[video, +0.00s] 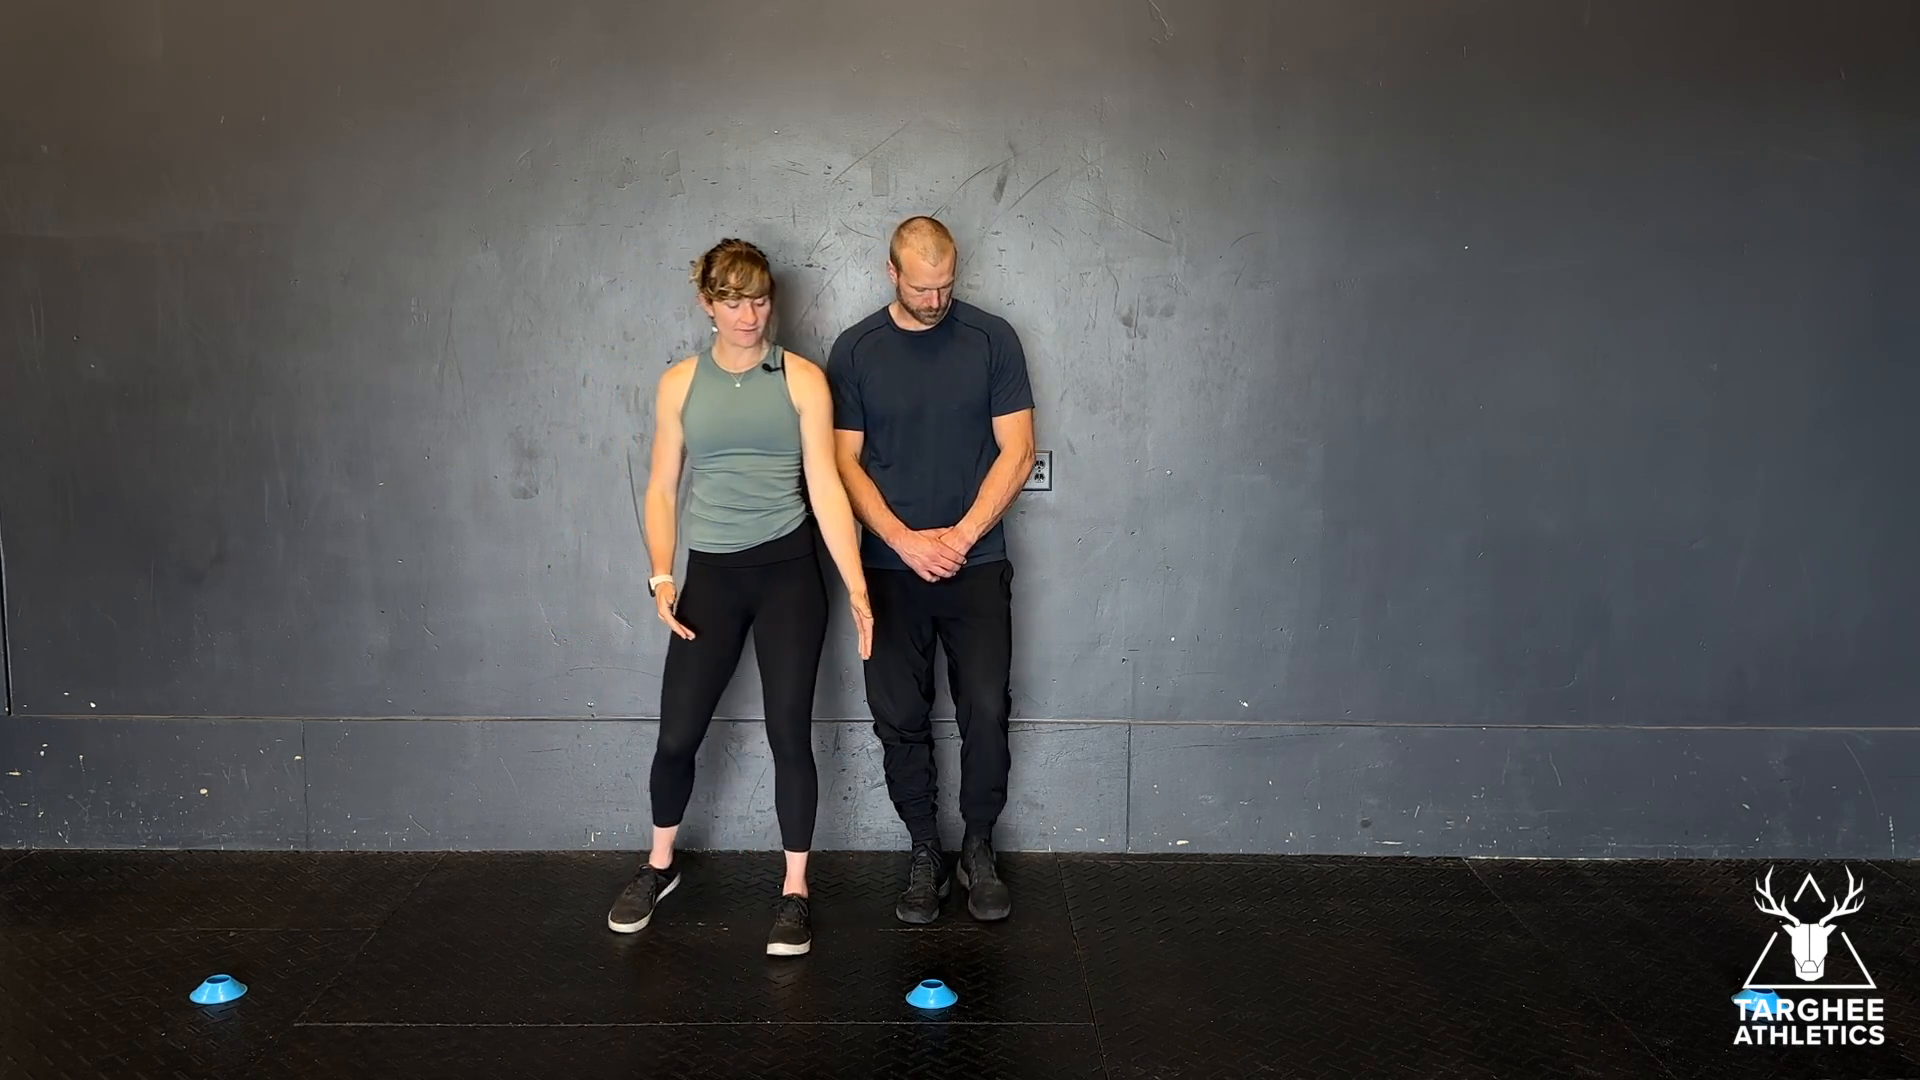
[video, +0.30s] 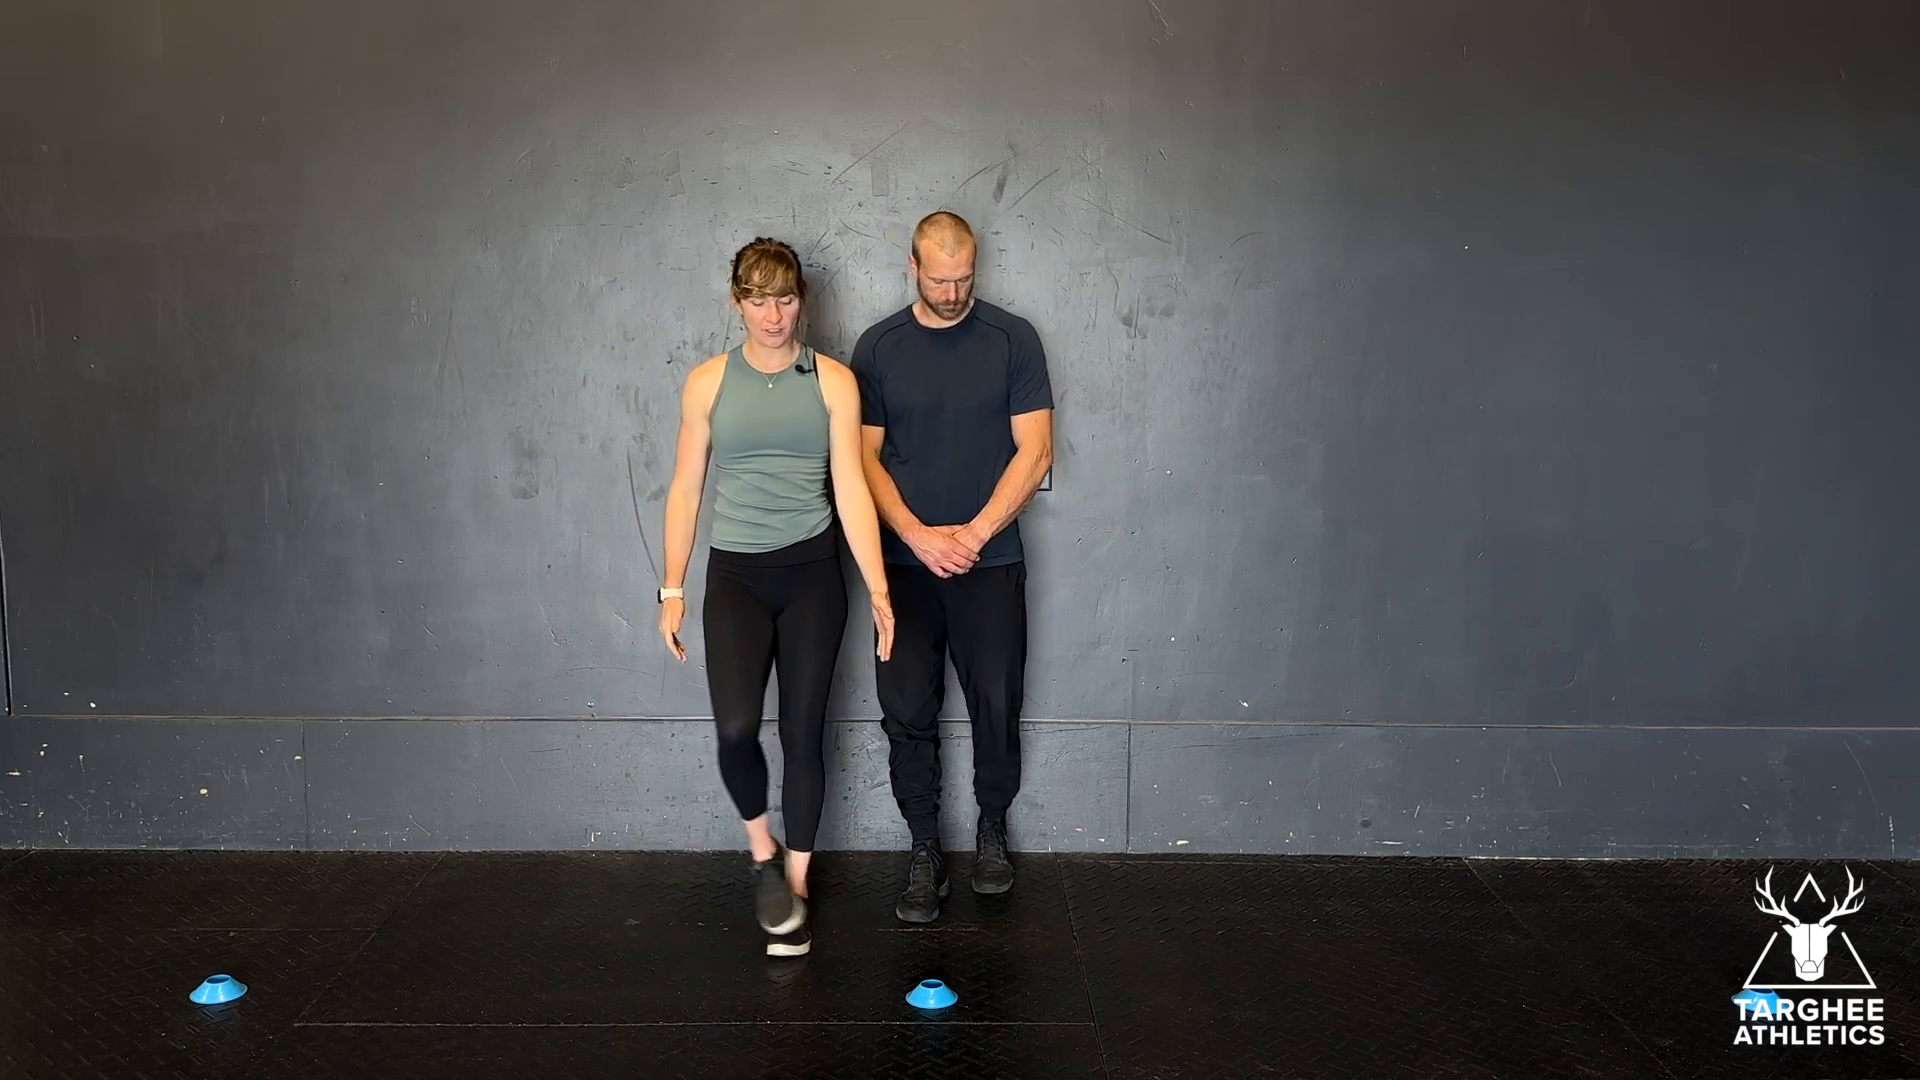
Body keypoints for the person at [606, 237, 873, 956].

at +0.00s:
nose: (747, 313)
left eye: (757, 299)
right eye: (732, 301)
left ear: (771, 302)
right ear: (708, 305)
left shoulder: (803, 380)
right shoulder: (680, 383)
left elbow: (826, 489)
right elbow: (663, 487)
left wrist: (856, 587)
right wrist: (662, 573)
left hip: (791, 570)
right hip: (710, 572)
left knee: (788, 733)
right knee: (675, 739)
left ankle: (795, 889)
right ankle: (660, 861)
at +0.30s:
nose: (773, 311)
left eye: (785, 297)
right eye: (759, 298)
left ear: (800, 300)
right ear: (738, 304)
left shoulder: (833, 381)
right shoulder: (707, 383)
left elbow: (852, 494)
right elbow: (685, 488)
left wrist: (881, 595)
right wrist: (673, 587)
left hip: (815, 574)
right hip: (735, 577)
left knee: (803, 731)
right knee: (735, 730)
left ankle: (796, 889)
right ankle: (764, 853)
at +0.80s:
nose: (751, 311)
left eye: (765, 298)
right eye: (747, 298)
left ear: (805, 302)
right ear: (746, 304)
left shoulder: (847, 388)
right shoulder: (727, 373)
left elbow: (864, 504)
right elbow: (688, 476)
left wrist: (876, 600)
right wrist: (647, 564)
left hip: (805, 574)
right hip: (725, 572)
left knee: (794, 737)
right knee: (676, 724)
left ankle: (793, 891)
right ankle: (671, 886)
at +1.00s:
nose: (735, 308)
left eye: (748, 296)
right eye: (731, 296)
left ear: (790, 299)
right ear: (734, 303)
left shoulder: (833, 388)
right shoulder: (715, 376)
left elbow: (852, 502)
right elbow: (655, 473)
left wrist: (866, 603)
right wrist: (586, 558)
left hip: (786, 574)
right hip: (710, 572)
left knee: (788, 736)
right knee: (639, 716)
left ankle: (794, 892)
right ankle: (580, 872)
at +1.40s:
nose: (640, 323)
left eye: (654, 311)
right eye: (636, 312)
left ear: (695, 315)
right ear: (635, 319)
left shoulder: (731, 402)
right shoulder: (615, 391)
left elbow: (759, 515)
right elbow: (553, 488)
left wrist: (773, 616)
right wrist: (483, 576)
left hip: (680, 588)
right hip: (602, 587)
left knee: (723, 746)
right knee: (540, 734)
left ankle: (785, 892)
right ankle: (502, 885)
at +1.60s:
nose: (576, 309)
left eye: (589, 295)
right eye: (564, 296)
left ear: (615, 301)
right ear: (552, 306)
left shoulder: (650, 389)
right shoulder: (528, 383)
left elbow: (670, 504)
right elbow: (482, 487)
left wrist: (680, 610)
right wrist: (422, 581)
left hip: (608, 580)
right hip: (528, 580)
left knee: (667, 739)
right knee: (510, 736)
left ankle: (744, 888)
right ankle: (504, 890)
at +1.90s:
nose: (517, 296)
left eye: (528, 282)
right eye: (502, 284)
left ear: (549, 291)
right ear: (485, 298)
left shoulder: (590, 379)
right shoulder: (463, 382)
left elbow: (609, 486)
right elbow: (428, 490)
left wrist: (619, 589)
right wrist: (381, 588)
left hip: (565, 573)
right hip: (482, 578)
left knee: (613, 732)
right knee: (491, 734)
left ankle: (676, 890)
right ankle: (504, 891)